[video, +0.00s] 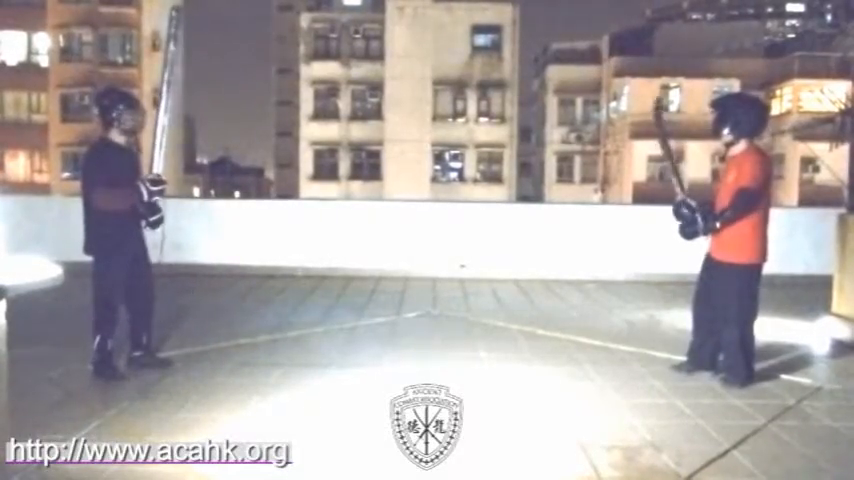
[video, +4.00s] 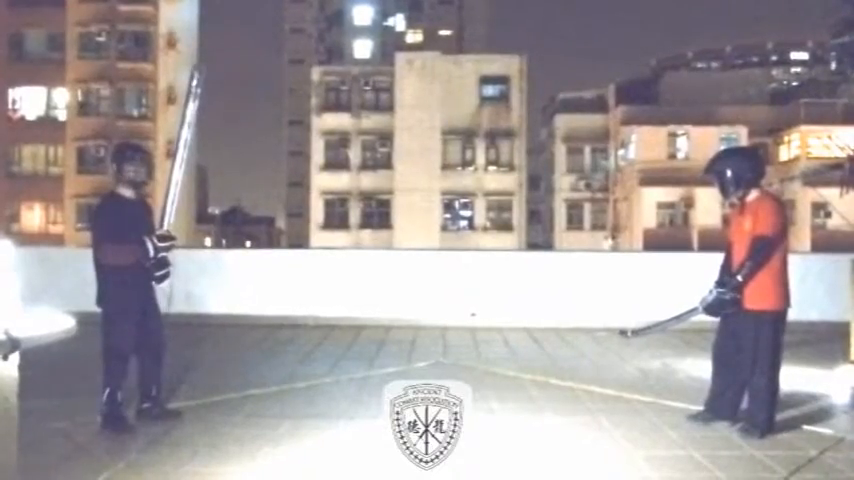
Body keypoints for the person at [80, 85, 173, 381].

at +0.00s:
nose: (136, 119)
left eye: (137, 114)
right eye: (130, 114)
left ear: (135, 117)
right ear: (114, 116)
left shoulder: (129, 154)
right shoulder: (99, 155)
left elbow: (127, 191)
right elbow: (99, 198)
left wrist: (146, 192)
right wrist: (139, 198)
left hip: (131, 236)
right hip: (106, 239)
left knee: (141, 290)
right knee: (107, 296)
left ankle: (141, 348)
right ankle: (102, 354)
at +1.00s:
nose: (137, 129)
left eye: (138, 123)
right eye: (132, 123)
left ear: (129, 126)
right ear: (116, 125)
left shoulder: (126, 162)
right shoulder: (102, 164)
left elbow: (124, 201)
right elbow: (101, 210)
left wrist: (147, 201)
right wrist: (140, 212)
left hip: (130, 244)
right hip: (108, 247)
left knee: (143, 298)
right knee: (110, 304)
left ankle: (142, 357)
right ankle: (103, 363)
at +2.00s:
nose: (131, 177)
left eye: (130, 171)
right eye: (125, 171)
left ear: (112, 176)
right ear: (108, 175)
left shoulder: (123, 214)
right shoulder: (94, 217)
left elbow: (124, 255)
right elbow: (93, 265)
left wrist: (143, 260)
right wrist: (131, 258)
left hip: (126, 294)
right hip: (102, 297)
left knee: (137, 349)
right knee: (104, 354)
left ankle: (136, 411)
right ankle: (98, 417)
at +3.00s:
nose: (155, 182)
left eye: (154, 177)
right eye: (150, 176)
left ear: (134, 180)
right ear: (133, 179)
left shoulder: (142, 216)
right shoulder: (119, 218)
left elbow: (145, 256)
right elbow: (122, 263)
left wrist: (165, 261)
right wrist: (161, 264)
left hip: (149, 297)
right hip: (126, 300)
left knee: (161, 350)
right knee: (129, 354)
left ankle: (160, 408)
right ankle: (122, 414)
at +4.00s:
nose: (139, 170)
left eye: (143, 165)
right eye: (133, 164)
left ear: (148, 171)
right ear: (118, 168)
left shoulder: (143, 208)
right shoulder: (107, 208)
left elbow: (145, 247)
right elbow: (106, 254)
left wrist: (160, 251)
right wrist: (146, 251)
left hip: (142, 287)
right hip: (116, 289)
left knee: (152, 342)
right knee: (118, 346)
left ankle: (150, 400)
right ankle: (111, 406)